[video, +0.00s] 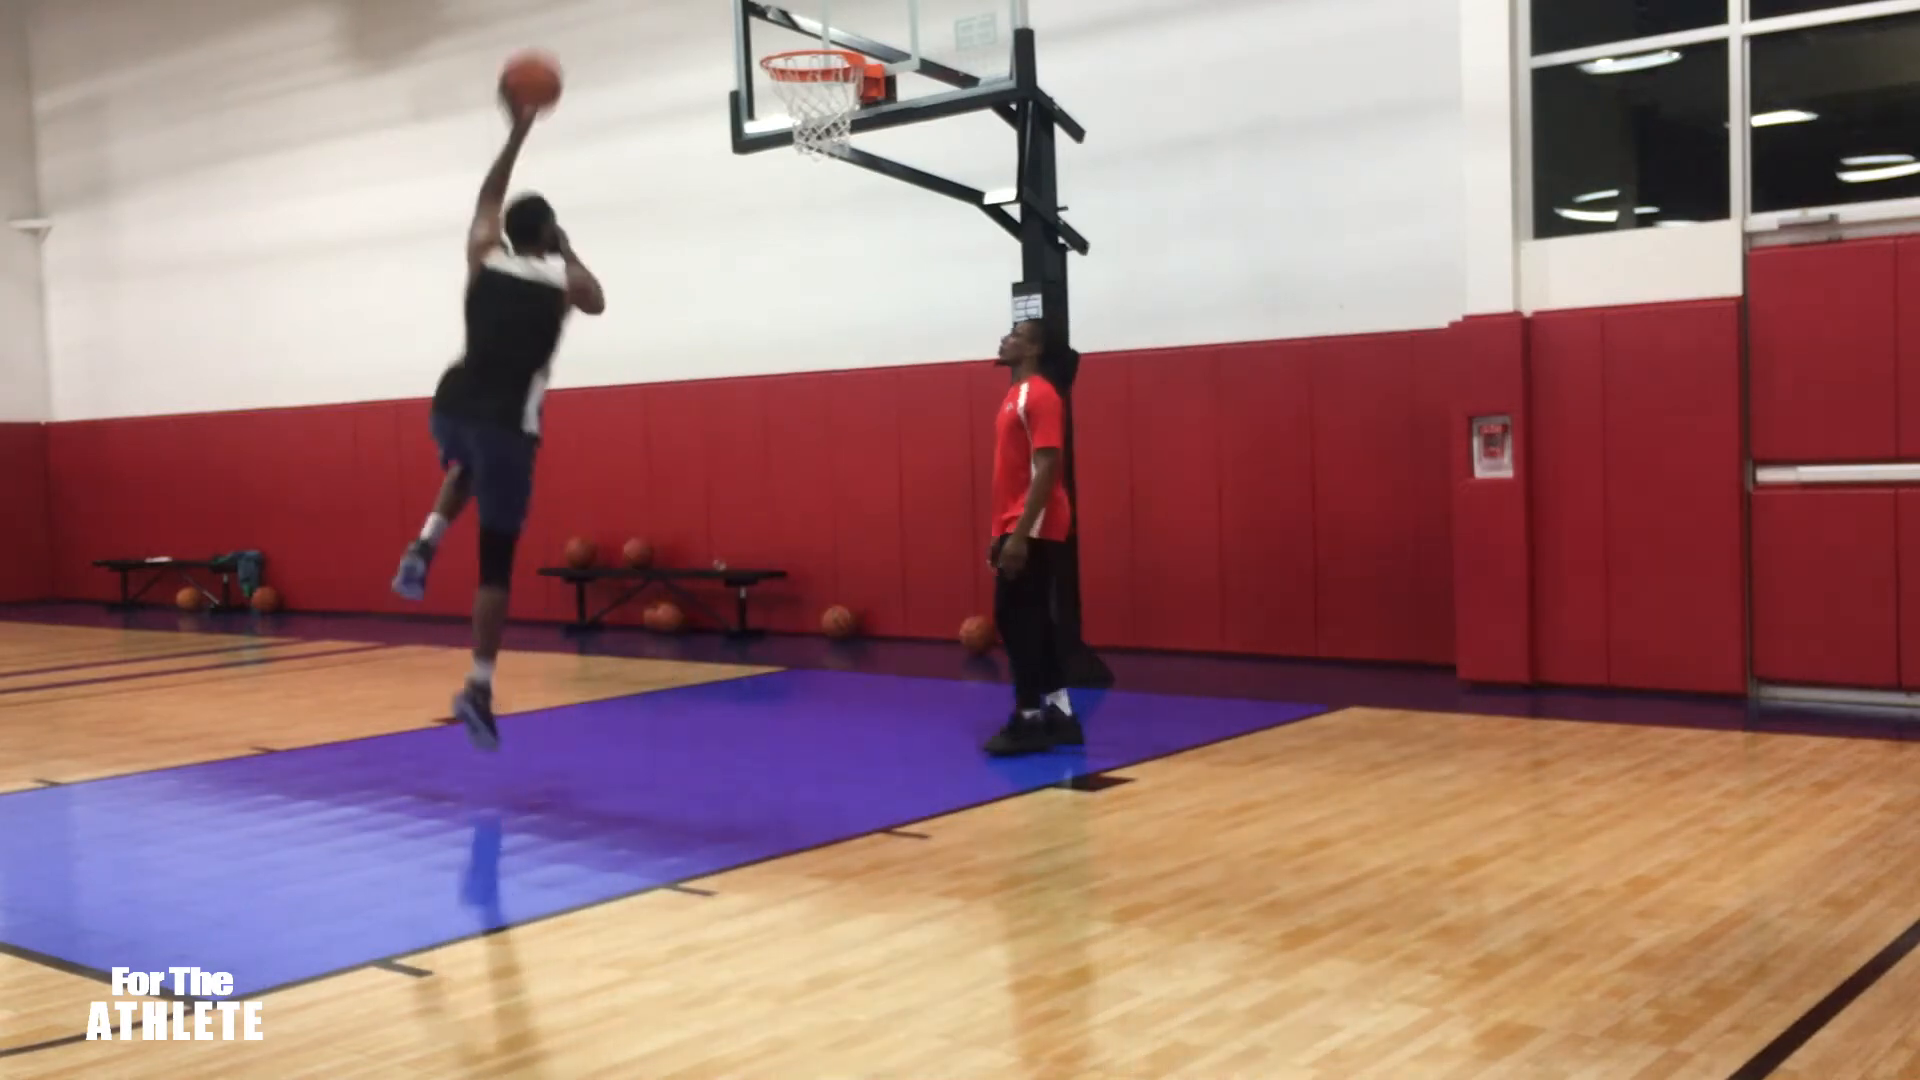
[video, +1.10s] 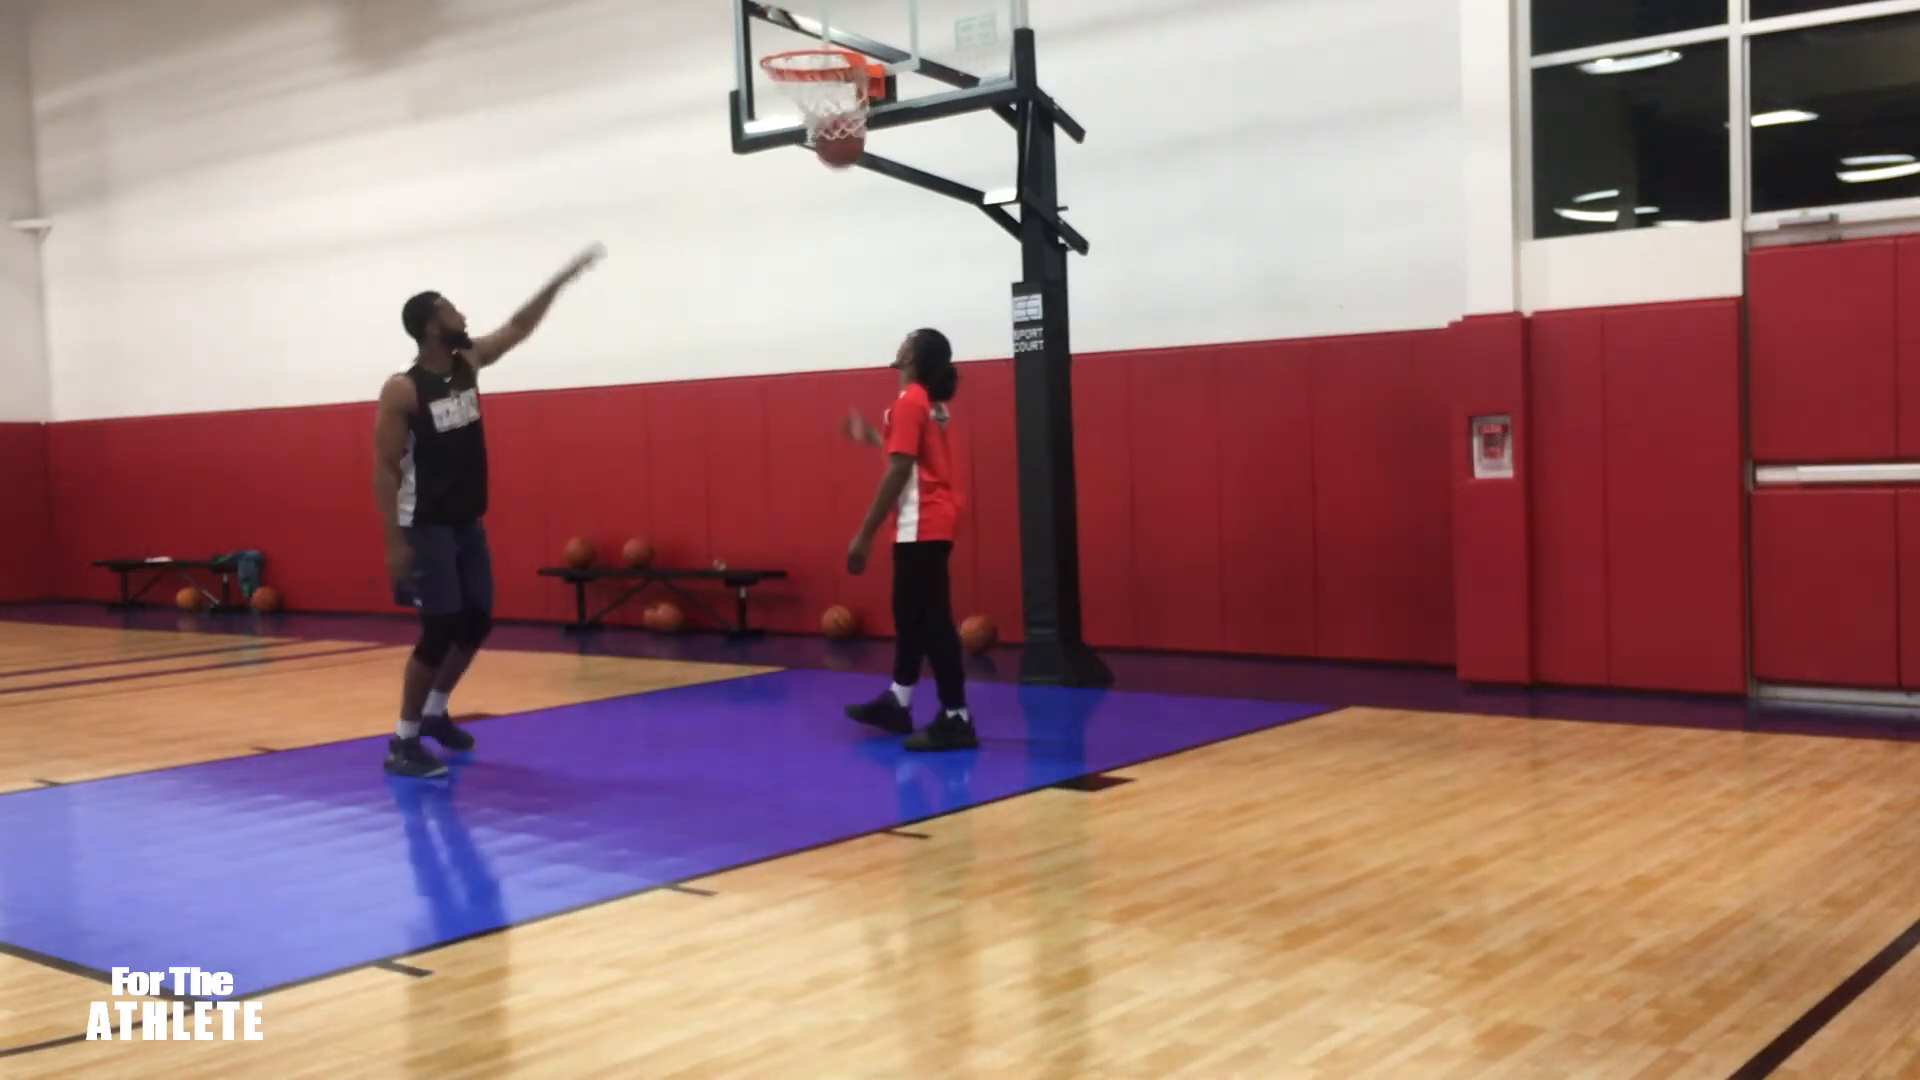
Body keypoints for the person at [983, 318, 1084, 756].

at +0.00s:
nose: (1005, 340)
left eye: (1015, 336)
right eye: (1008, 334)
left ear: (1035, 349)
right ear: (1022, 348)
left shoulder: (1039, 394)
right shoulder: (1016, 395)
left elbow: (1046, 465)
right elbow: (1014, 471)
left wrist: (1022, 533)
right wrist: (1000, 530)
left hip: (1035, 532)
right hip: (1021, 530)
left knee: (1018, 621)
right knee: (1031, 621)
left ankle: (1029, 715)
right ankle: (1057, 709)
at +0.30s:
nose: (985, 337)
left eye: (995, 335)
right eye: (990, 331)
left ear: (1009, 352)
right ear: (1004, 352)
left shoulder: (1007, 394)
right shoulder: (998, 394)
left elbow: (1012, 467)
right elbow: (1004, 466)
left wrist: (989, 536)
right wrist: (987, 528)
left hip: (1010, 534)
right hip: (1013, 532)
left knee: (984, 626)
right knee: (1031, 621)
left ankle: (962, 714)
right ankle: (1059, 710)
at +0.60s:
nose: (949, 339)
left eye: (958, 337)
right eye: (954, 334)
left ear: (970, 352)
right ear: (977, 356)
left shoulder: (965, 397)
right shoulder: (972, 395)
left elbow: (966, 470)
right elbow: (974, 468)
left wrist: (945, 538)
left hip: (970, 533)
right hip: (979, 531)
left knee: (960, 620)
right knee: (974, 617)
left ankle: (956, 717)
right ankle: (1037, 694)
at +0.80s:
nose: (929, 341)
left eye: (938, 337)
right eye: (935, 335)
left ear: (949, 353)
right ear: (957, 358)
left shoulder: (942, 396)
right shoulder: (953, 395)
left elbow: (937, 467)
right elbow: (951, 466)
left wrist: (905, 534)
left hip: (952, 521)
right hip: (956, 519)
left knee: (946, 615)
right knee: (928, 607)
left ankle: (956, 716)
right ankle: (987, 685)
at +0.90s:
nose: (918, 345)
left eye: (925, 340)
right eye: (922, 339)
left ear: (937, 353)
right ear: (946, 357)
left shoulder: (931, 396)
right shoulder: (946, 396)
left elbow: (924, 466)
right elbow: (938, 464)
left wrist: (885, 532)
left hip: (941, 520)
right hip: (951, 518)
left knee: (922, 606)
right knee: (941, 610)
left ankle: (955, 713)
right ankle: (955, 708)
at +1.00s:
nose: (908, 347)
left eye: (915, 342)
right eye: (912, 340)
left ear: (925, 354)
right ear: (935, 359)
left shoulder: (920, 397)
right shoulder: (936, 398)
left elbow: (911, 467)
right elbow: (931, 469)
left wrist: (872, 534)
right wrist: (888, 485)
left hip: (935, 520)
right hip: (933, 518)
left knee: (936, 614)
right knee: (913, 608)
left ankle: (956, 717)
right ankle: (919, 701)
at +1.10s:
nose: (898, 350)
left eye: (904, 345)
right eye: (903, 344)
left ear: (913, 357)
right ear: (928, 361)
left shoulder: (909, 400)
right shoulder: (923, 400)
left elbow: (900, 468)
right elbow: (916, 454)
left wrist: (864, 536)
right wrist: (874, 436)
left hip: (925, 525)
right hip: (922, 523)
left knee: (932, 618)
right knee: (908, 613)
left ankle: (955, 717)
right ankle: (898, 700)